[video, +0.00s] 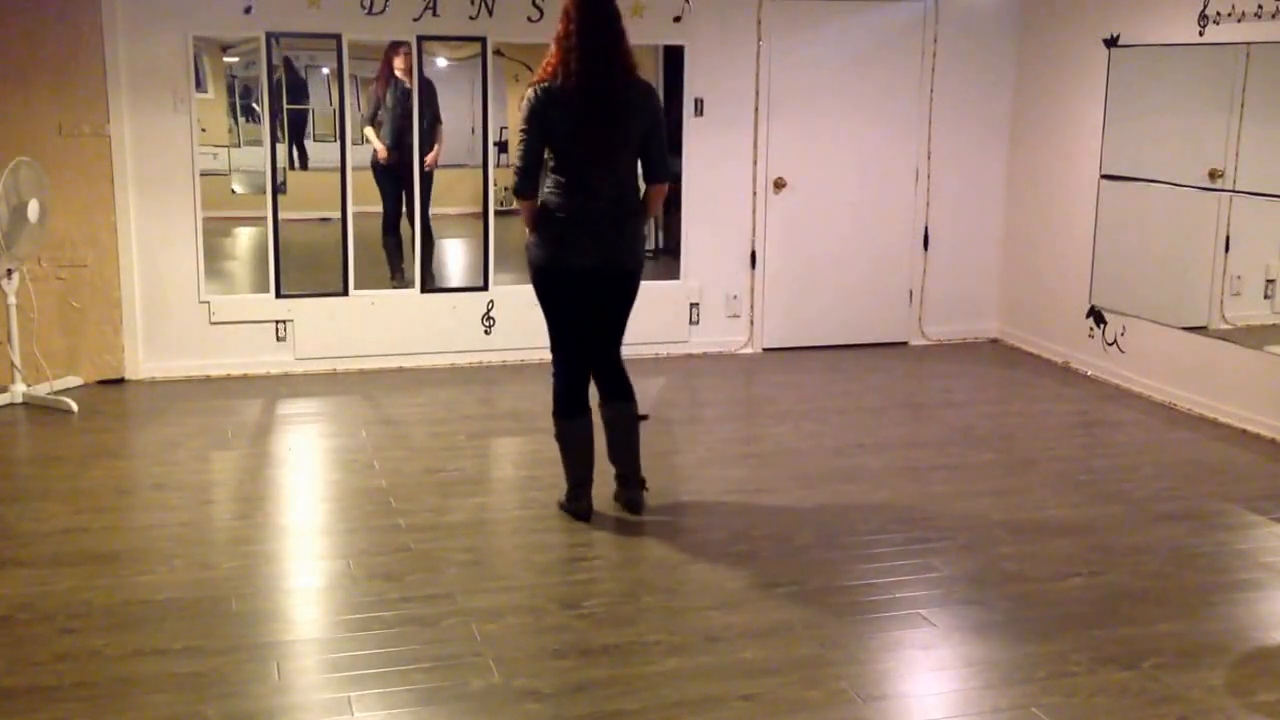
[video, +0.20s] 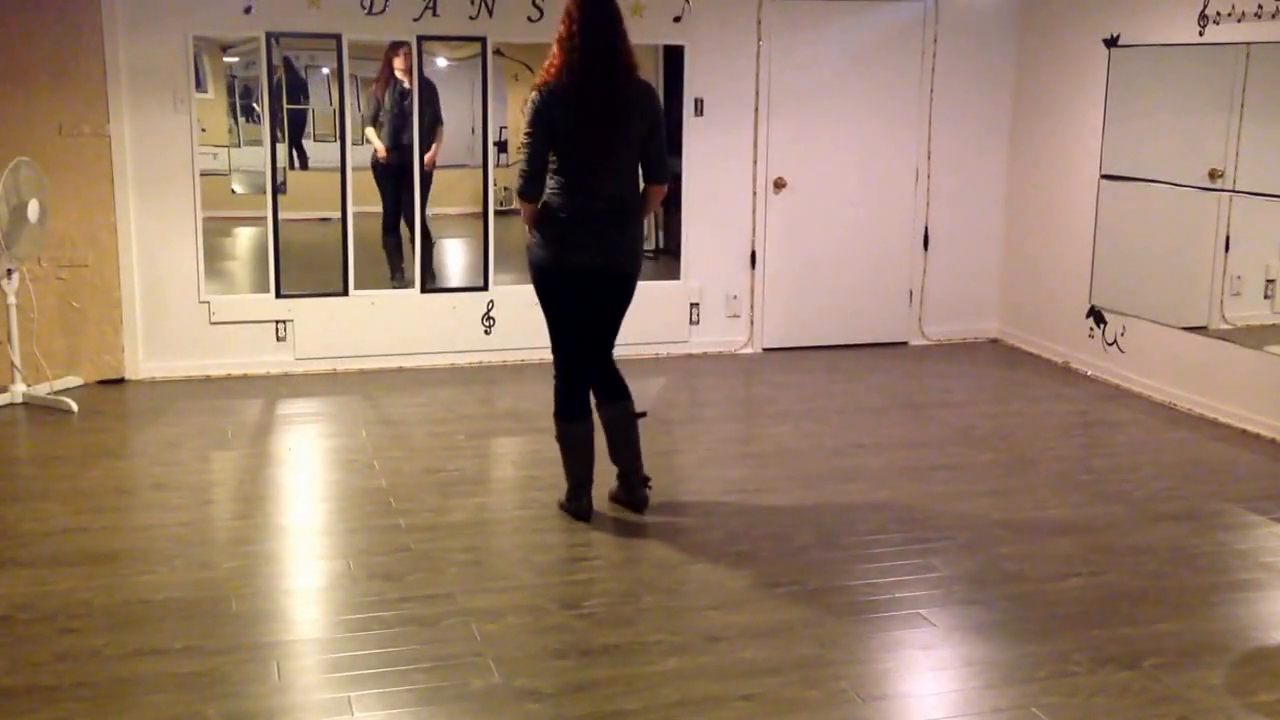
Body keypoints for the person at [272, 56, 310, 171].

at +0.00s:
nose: (283, 69)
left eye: (283, 67)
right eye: (284, 67)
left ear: (283, 67)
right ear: (293, 66)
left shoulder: (279, 81)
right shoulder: (301, 80)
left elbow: (277, 99)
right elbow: (306, 97)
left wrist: (277, 113)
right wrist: (305, 111)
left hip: (286, 113)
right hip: (301, 113)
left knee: (288, 143)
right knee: (300, 141)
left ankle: (291, 167)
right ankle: (304, 166)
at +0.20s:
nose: (281, 70)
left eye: (281, 68)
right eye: (282, 68)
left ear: (283, 68)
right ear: (293, 66)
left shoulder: (280, 81)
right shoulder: (300, 79)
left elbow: (277, 99)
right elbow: (306, 97)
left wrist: (277, 114)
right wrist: (304, 110)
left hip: (286, 113)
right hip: (300, 113)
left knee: (288, 143)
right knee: (297, 141)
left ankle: (290, 168)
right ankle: (304, 165)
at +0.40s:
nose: (279, 70)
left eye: (280, 67)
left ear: (282, 67)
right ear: (293, 65)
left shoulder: (281, 80)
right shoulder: (301, 79)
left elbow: (278, 98)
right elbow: (306, 97)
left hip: (286, 114)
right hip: (301, 113)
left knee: (288, 144)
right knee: (299, 143)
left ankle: (290, 171)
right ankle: (304, 168)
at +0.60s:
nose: (281, 70)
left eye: (281, 67)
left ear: (284, 67)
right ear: (294, 65)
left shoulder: (282, 81)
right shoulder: (302, 78)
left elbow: (279, 98)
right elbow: (307, 95)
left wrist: (280, 110)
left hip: (289, 113)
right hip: (304, 112)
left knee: (290, 143)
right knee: (303, 142)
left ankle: (291, 169)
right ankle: (306, 167)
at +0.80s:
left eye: (283, 67)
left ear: (283, 67)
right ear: (295, 65)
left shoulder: (282, 81)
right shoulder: (302, 78)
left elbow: (279, 99)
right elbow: (309, 95)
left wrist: (281, 111)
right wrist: (306, 103)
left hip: (290, 112)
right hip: (305, 111)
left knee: (291, 144)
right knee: (306, 142)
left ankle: (291, 170)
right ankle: (306, 169)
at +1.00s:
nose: (284, 70)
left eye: (284, 67)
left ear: (285, 68)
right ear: (296, 66)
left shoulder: (284, 82)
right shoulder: (303, 79)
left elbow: (281, 99)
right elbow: (310, 97)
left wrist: (282, 112)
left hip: (291, 113)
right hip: (307, 112)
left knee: (293, 143)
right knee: (307, 142)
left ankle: (291, 169)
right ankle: (306, 168)